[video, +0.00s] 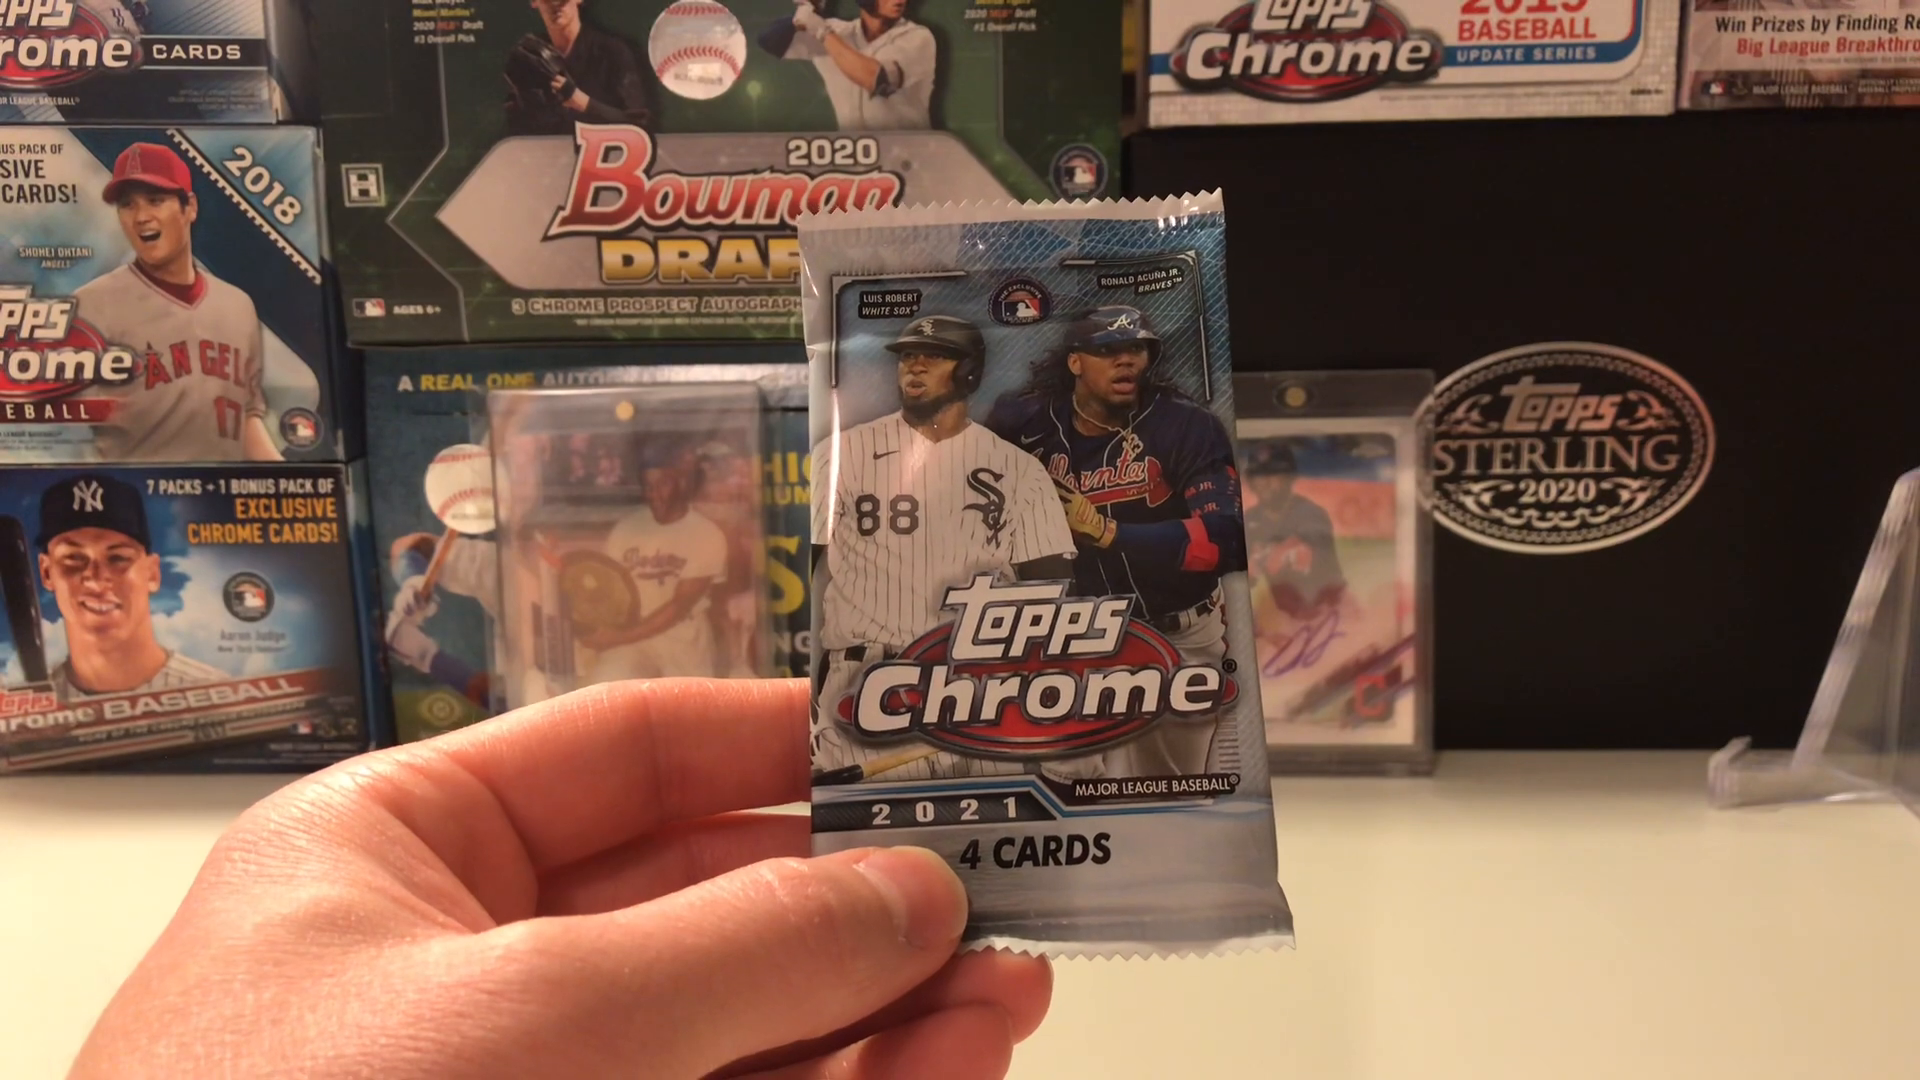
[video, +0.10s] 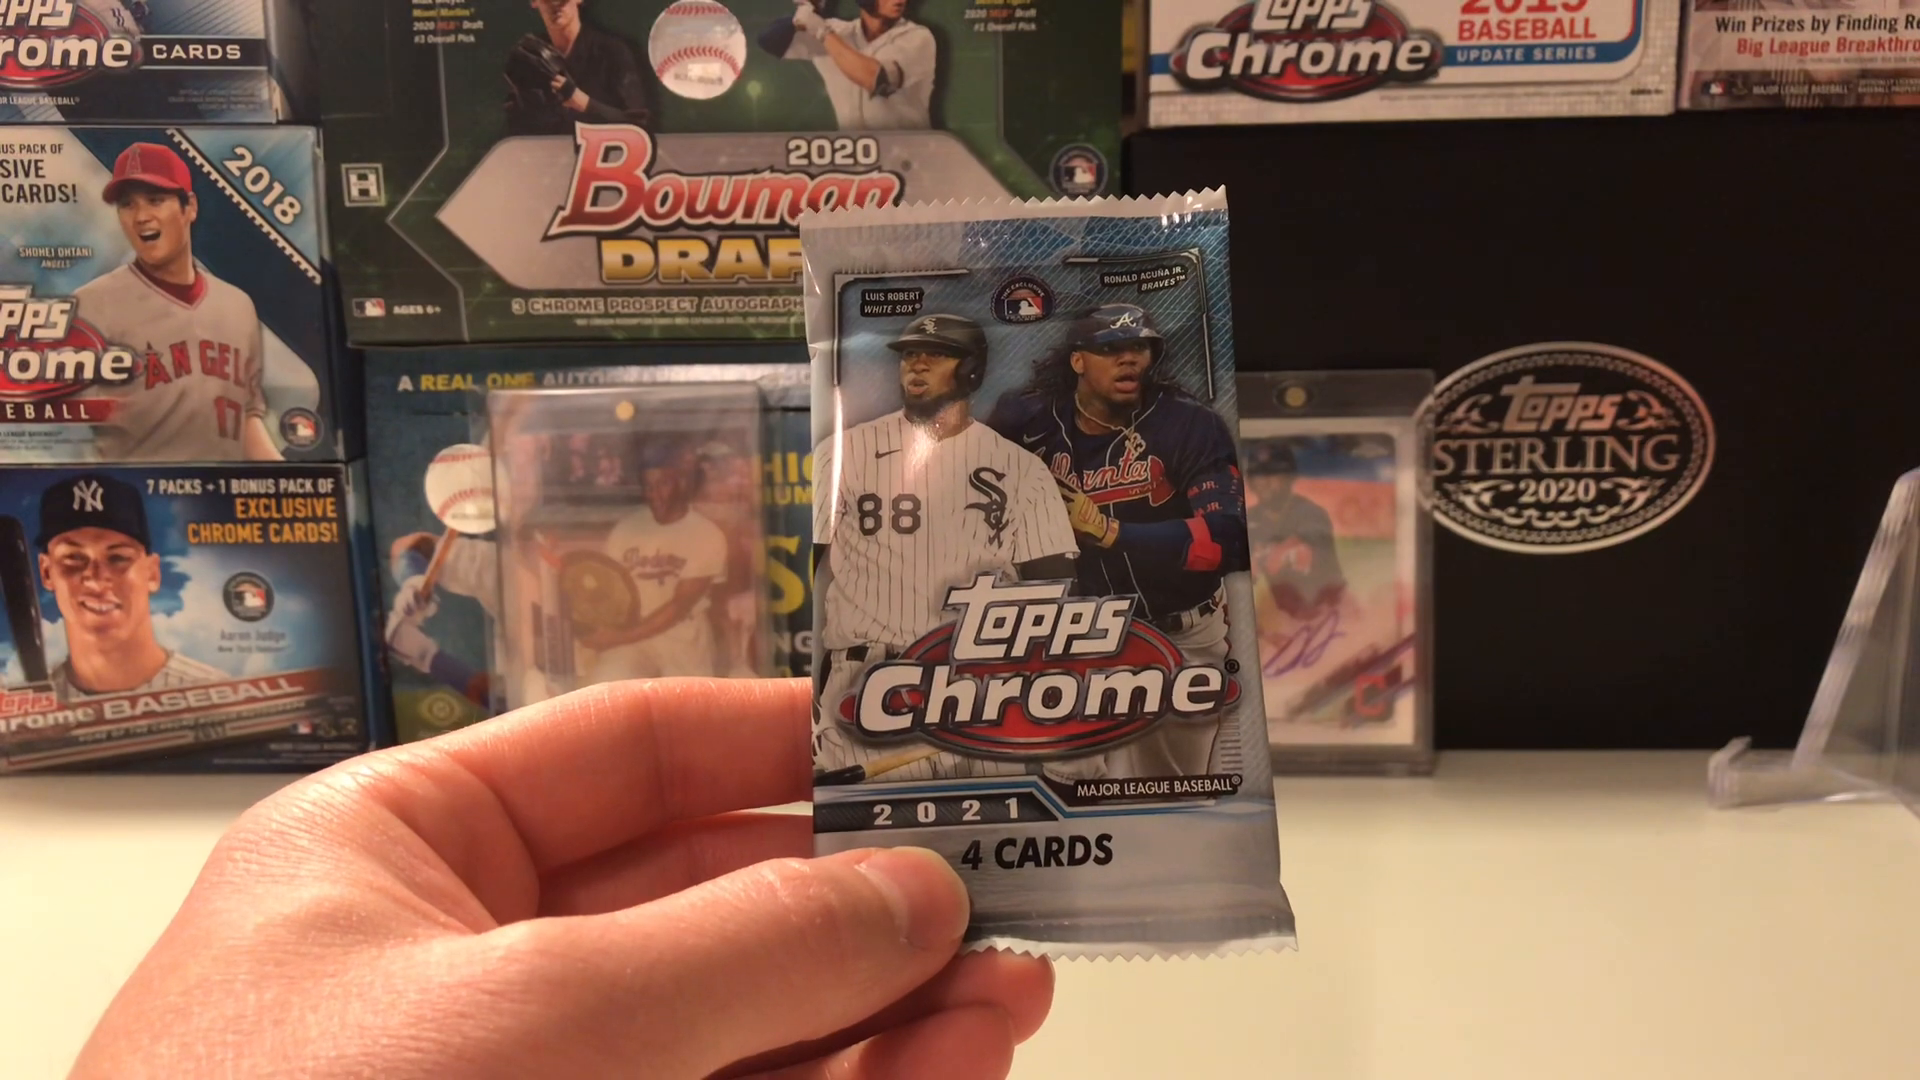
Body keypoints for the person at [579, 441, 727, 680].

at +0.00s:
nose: (653, 495)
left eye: (661, 485)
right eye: (648, 487)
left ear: (681, 485)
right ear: (643, 489)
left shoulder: (707, 536)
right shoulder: (625, 529)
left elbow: (680, 607)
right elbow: (604, 588)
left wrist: (618, 637)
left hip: (683, 641)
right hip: (626, 642)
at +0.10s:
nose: (653, 495)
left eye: (662, 485)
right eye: (648, 486)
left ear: (682, 484)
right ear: (643, 489)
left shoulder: (707, 536)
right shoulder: (625, 529)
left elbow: (680, 607)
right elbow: (605, 589)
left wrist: (618, 637)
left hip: (683, 641)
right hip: (626, 642)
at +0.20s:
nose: (653, 494)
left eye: (661, 485)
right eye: (647, 486)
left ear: (682, 484)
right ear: (642, 489)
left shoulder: (707, 536)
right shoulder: (625, 529)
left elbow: (679, 607)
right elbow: (603, 588)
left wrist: (618, 637)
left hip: (683, 644)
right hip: (626, 644)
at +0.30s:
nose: (653, 495)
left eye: (661, 485)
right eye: (648, 486)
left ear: (682, 484)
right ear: (642, 489)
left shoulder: (707, 536)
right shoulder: (624, 530)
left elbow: (679, 607)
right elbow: (603, 588)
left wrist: (618, 637)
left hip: (683, 644)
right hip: (626, 644)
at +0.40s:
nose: (653, 494)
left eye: (661, 485)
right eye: (648, 486)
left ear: (682, 484)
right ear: (642, 489)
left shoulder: (707, 536)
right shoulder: (624, 530)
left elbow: (679, 606)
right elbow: (604, 589)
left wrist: (617, 637)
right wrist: (593, 626)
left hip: (683, 641)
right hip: (626, 640)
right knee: (602, 703)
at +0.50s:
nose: (652, 495)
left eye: (661, 485)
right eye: (647, 486)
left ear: (682, 484)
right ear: (642, 489)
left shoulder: (707, 536)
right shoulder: (624, 530)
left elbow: (679, 606)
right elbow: (603, 588)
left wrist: (617, 637)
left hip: (683, 644)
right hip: (625, 644)